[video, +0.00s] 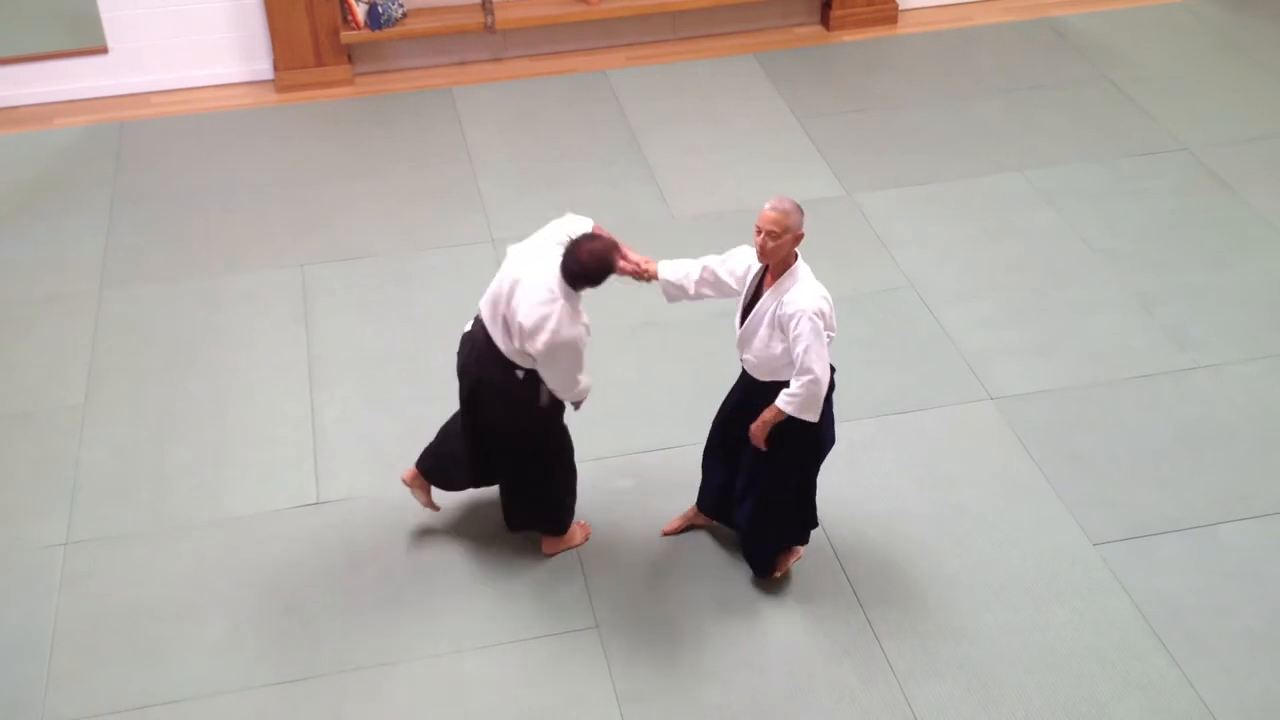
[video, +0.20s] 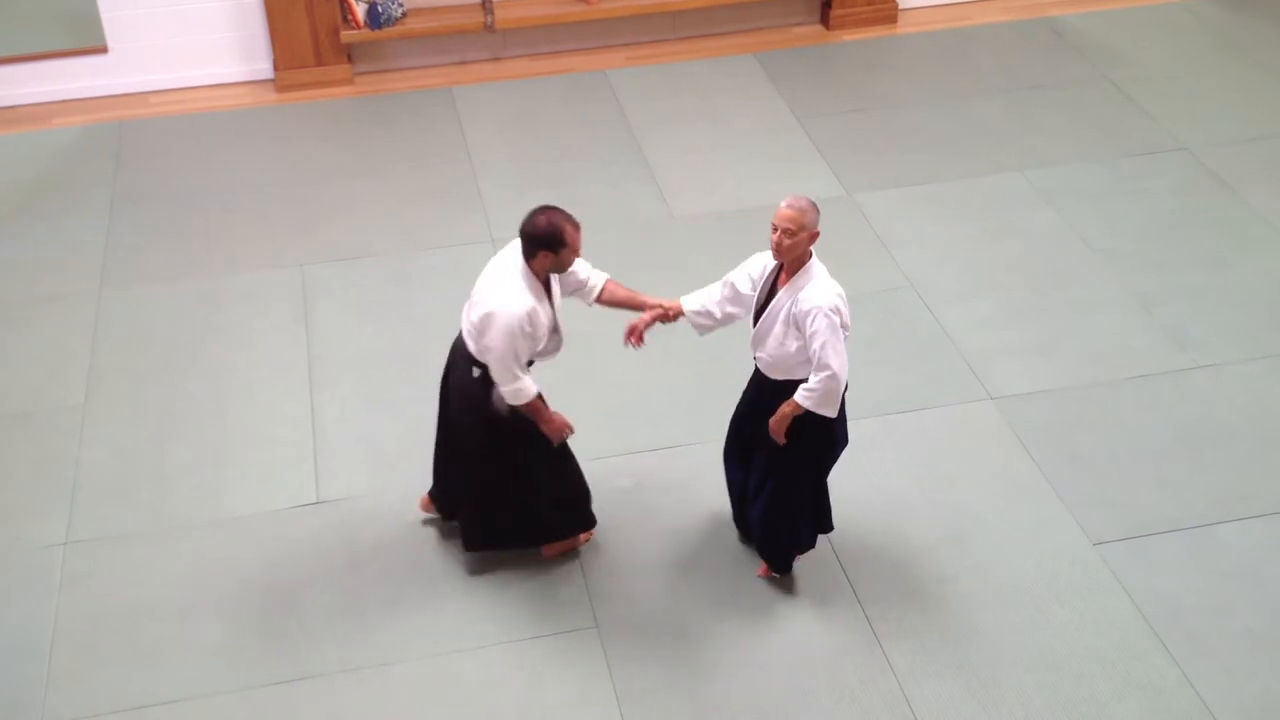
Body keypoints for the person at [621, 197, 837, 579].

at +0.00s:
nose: (760, 242)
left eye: (771, 236)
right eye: (758, 232)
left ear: (797, 240)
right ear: (754, 229)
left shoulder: (804, 303)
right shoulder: (752, 263)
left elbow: (812, 378)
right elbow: (704, 272)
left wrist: (769, 417)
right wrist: (652, 269)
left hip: (794, 401)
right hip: (754, 382)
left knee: (779, 478)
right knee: (723, 442)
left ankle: (788, 544)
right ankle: (709, 509)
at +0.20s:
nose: (777, 239)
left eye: (788, 233)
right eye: (774, 229)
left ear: (813, 237)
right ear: (770, 226)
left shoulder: (820, 299)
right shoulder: (764, 266)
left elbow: (831, 373)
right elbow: (720, 298)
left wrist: (789, 410)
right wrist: (658, 314)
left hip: (806, 402)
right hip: (765, 384)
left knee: (784, 479)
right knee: (741, 453)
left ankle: (781, 560)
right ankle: (757, 526)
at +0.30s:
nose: (785, 236)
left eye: (797, 230)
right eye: (783, 226)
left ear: (821, 235)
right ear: (778, 224)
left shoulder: (829, 295)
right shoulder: (773, 264)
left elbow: (839, 370)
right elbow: (731, 303)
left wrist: (792, 404)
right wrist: (673, 324)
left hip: (807, 402)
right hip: (769, 384)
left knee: (786, 479)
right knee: (761, 460)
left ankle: (780, 559)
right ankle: (788, 530)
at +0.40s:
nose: (794, 231)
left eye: (805, 225)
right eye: (792, 221)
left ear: (829, 230)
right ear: (787, 219)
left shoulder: (837, 290)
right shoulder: (780, 261)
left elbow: (845, 363)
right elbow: (739, 303)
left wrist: (794, 393)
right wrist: (685, 326)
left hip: (812, 399)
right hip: (775, 379)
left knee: (783, 479)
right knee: (776, 445)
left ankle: (781, 557)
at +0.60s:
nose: (814, 215)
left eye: (824, 209)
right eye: (810, 205)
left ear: (847, 213)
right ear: (806, 204)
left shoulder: (858, 271)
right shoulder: (798, 246)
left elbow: (863, 344)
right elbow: (764, 289)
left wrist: (805, 360)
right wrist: (720, 323)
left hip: (834, 380)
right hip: (796, 367)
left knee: (789, 466)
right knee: (809, 434)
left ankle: (786, 551)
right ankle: (841, 482)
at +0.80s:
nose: (838, 204)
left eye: (849, 198)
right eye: (834, 195)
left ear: (870, 201)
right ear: (828, 194)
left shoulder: (886, 256)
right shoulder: (819, 233)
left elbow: (886, 326)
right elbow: (791, 278)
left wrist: (830, 326)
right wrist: (768, 317)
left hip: (870, 356)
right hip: (826, 347)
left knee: (855, 435)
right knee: (804, 424)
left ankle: (846, 528)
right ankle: (826, 509)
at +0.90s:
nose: (852, 201)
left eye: (863, 196)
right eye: (848, 192)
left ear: (884, 198)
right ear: (843, 190)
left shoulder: (899, 251)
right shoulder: (831, 231)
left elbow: (896, 321)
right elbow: (805, 274)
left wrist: (841, 316)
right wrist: (788, 314)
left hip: (884, 347)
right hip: (839, 339)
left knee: (880, 425)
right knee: (813, 410)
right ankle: (822, 482)